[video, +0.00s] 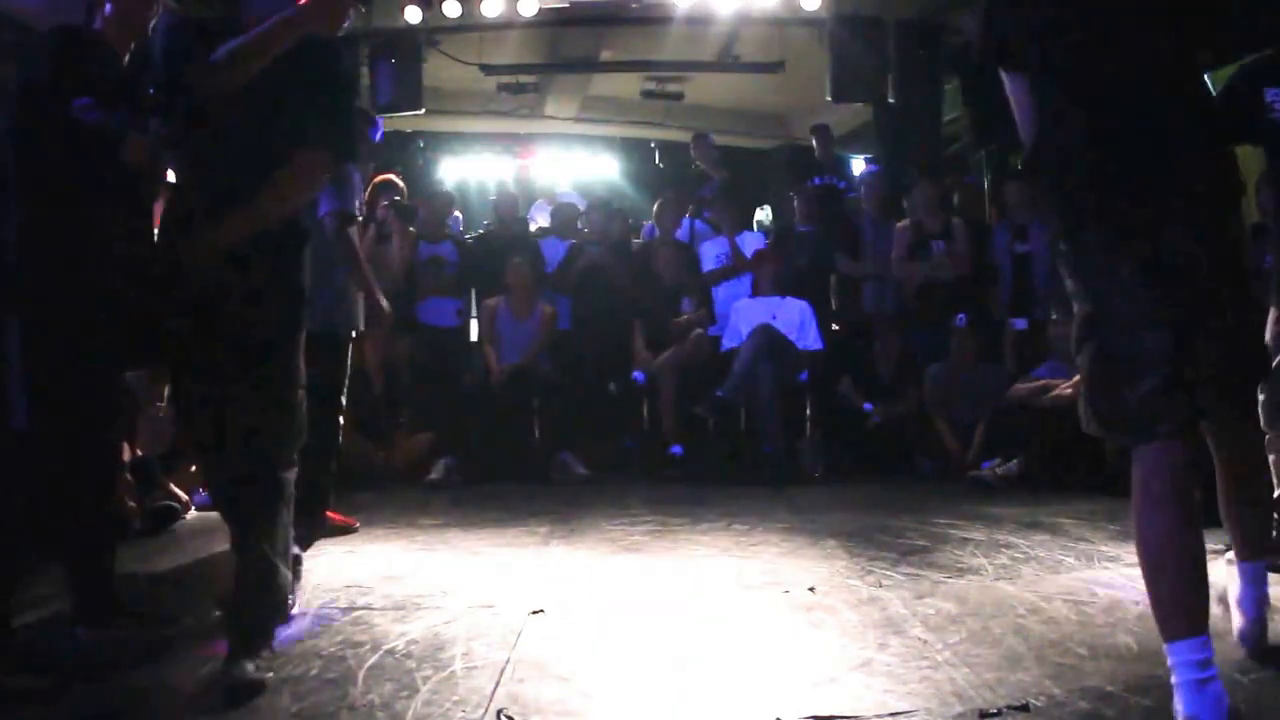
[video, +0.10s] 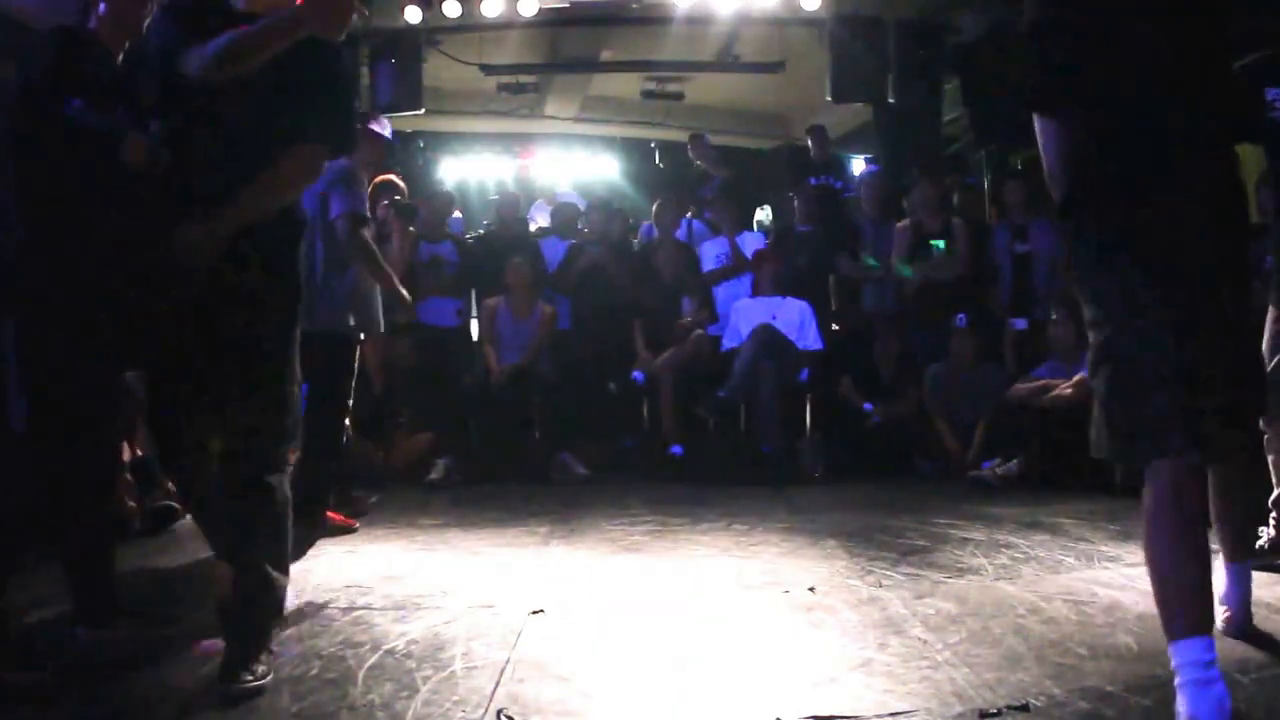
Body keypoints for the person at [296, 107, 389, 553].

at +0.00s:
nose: (373, 141)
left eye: (372, 133)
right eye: (369, 133)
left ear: (346, 135)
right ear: (353, 134)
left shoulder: (336, 172)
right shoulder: (340, 172)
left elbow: (342, 234)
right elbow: (341, 232)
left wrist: (371, 203)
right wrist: (374, 291)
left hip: (328, 304)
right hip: (328, 305)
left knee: (326, 408)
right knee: (327, 409)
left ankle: (318, 501)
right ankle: (315, 504)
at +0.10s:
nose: (384, 154)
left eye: (385, 146)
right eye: (380, 145)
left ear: (362, 143)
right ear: (362, 141)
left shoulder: (330, 175)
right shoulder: (345, 174)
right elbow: (353, 234)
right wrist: (395, 286)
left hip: (325, 307)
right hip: (336, 310)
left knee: (328, 409)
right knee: (329, 411)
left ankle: (324, 497)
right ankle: (316, 504)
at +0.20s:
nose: (386, 157)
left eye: (386, 148)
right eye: (383, 148)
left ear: (346, 145)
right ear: (367, 144)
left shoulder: (316, 175)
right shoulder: (355, 176)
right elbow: (358, 236)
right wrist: (406, 290)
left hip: (319, 309)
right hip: (345, 313)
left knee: (332, 415)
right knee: (333, 418)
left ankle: (318, 503)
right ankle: (311, 509)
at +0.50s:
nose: (415, 166)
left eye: (417, 157)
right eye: (411, 156)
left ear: (383, 151)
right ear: (388, 150)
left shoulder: (359, 186)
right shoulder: (372, 185)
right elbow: (368, 232)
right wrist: (376, 284)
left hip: (358, 315)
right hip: (366, 316)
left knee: (372, 406)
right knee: (373, 406)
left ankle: (379, 483)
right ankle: (346, 484)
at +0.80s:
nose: (421, 161)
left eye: (423, 153)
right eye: (417, 151)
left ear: (405, 152)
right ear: (394, 148)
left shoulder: (390, 194)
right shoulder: (370, 184)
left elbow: (393, 261)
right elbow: (356, 238)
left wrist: (427, 302)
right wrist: (372, 289)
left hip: (380, 318)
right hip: (359, 315)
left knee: (380, 406)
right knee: (367, 406)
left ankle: (378, 488)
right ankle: (358, 494)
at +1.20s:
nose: (411, 154)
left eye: (411, 146)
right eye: (402, 146)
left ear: (402, 152)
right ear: (378, 151)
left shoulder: (407, 205)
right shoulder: (348, 188)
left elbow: (418, 263)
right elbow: (318, 244)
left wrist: (439, 308)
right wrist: (310, 302)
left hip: (383, 327)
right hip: (338, 322)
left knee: (384, 410)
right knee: (325, 412)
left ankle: (380, 487)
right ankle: (312, 497)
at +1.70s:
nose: (345, 147)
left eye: (348, 138)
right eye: (336, 138)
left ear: (353, 142)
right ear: (313, 143)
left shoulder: (369, 195)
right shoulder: (283, 189)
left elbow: (380, 254)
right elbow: (258, 252)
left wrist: (383, 308)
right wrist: (250, 313)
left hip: (350, 322)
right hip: (297, 322)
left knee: (370, 411)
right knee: (299, 416)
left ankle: (376, 491)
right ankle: (309, 497)